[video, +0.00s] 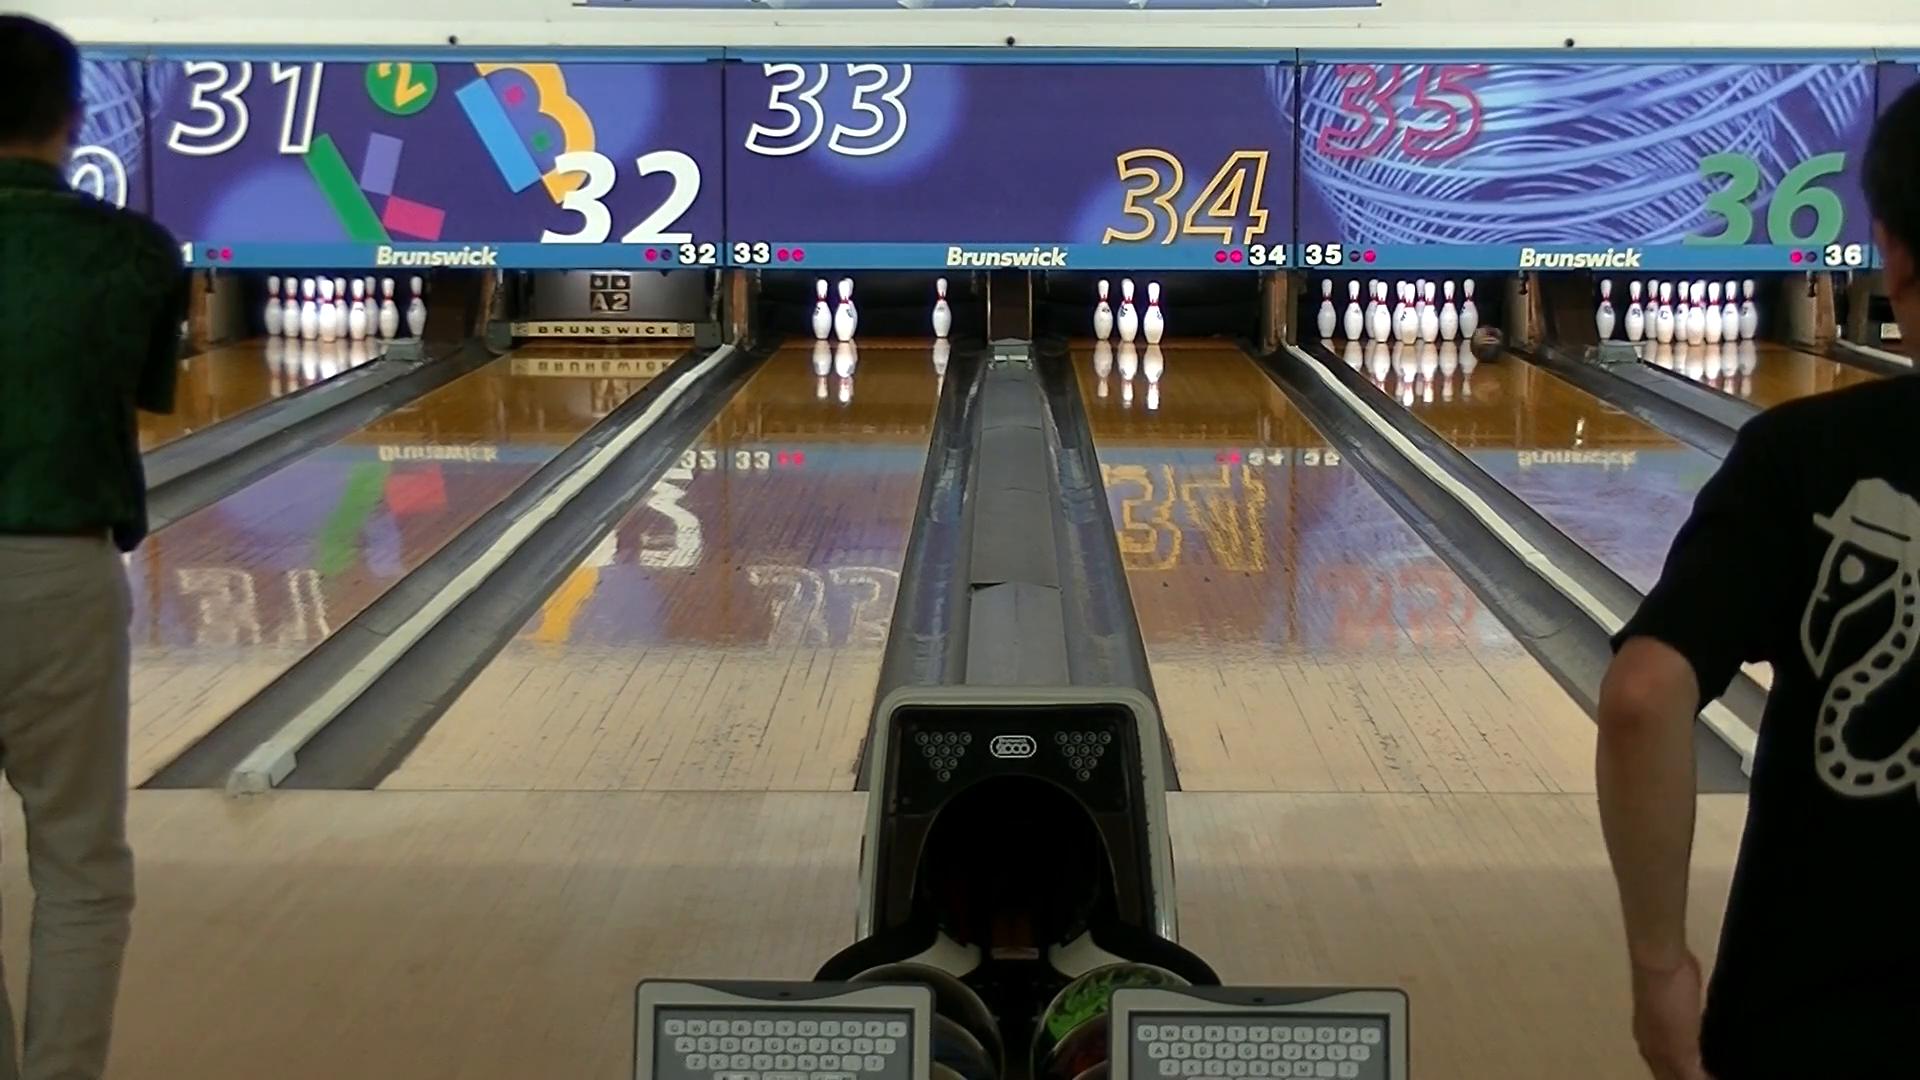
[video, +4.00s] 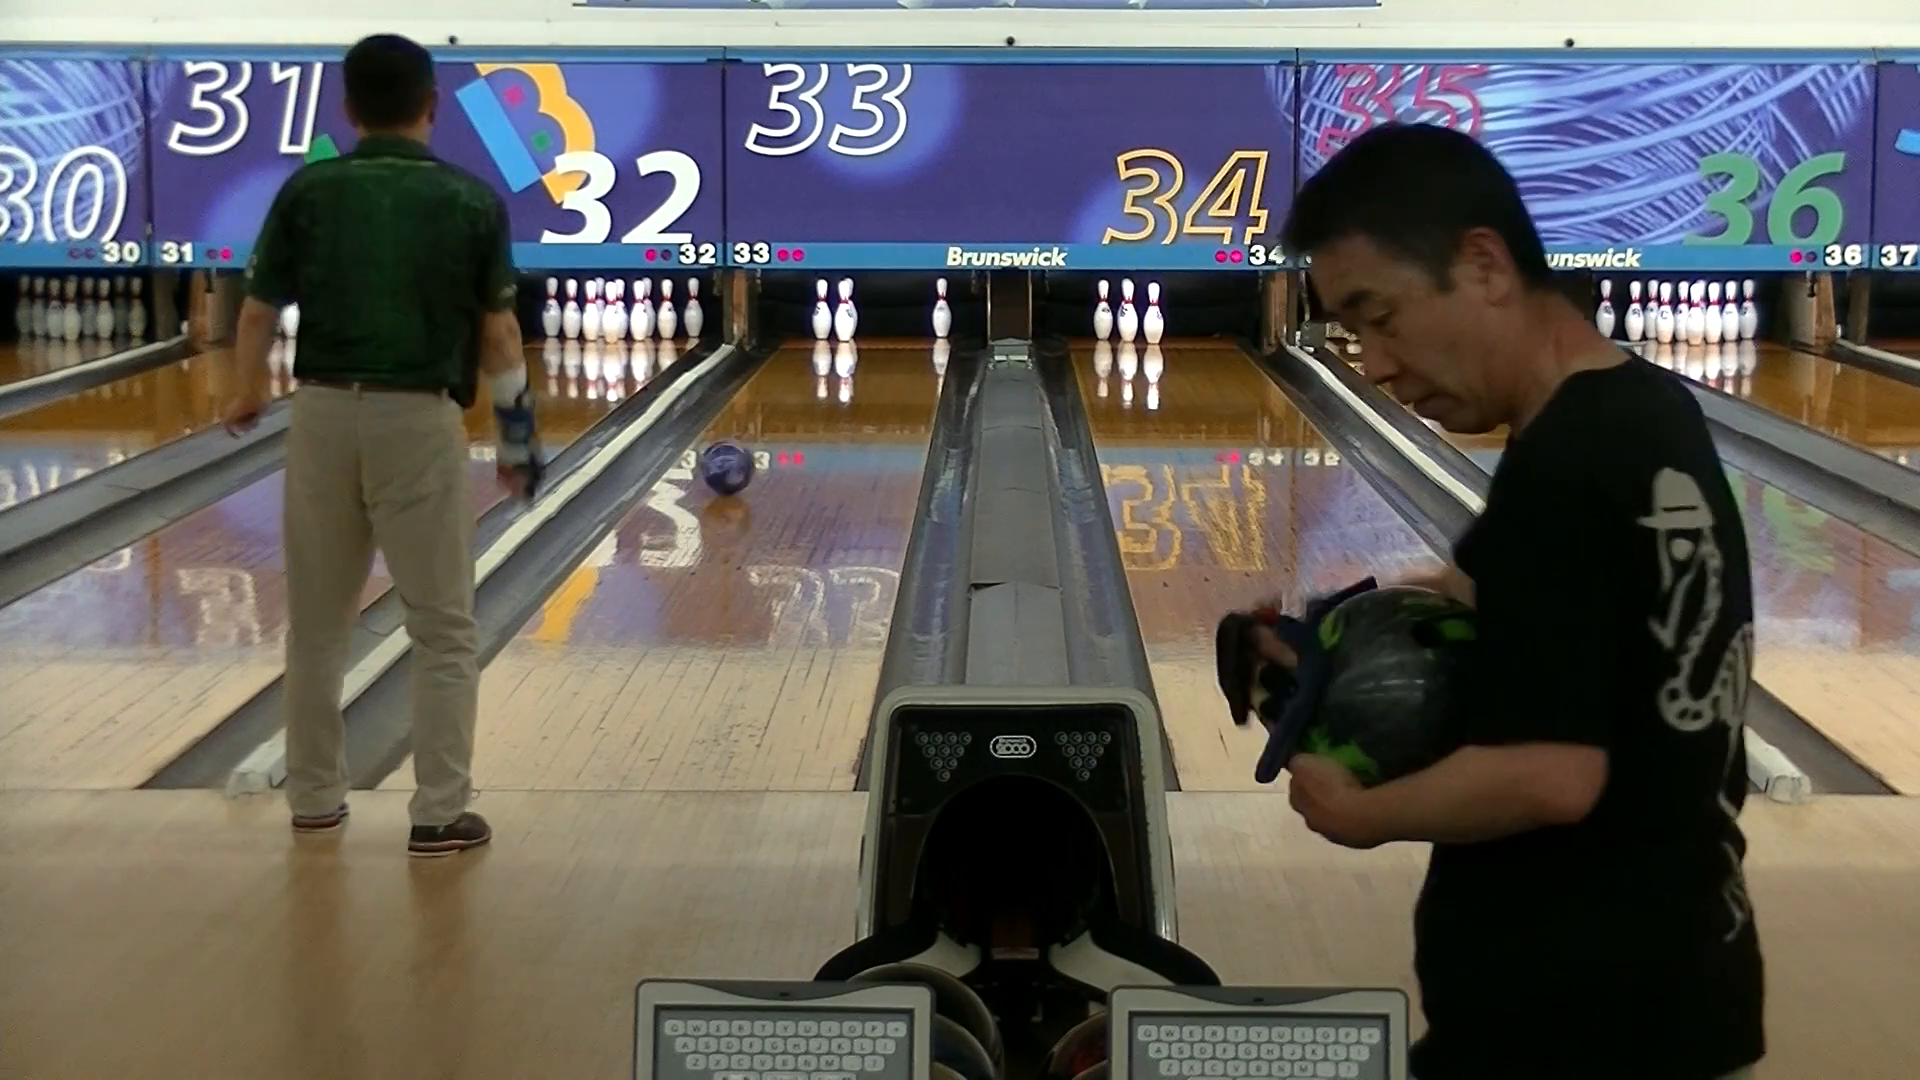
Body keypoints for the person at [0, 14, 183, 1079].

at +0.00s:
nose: (59, 121)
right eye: (64, 103)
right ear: (66, 117)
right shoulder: (124, 247)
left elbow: (154, 390)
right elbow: (155, 390)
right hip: (52, 575)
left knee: (68, 864)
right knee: (79, 870)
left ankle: (38, 1061)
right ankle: (59, 1070)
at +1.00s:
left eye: (19, 133)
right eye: (110, 132)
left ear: (8, 144)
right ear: (118, 143)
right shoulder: (173, 262)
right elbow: (177, 401)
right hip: (98, 570)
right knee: (98, 830)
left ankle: (15, 1049)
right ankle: (67, 1049)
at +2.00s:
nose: (241, 226)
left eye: (236, 213)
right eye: (242, 212)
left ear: (141, 202)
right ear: (230, 210)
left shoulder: (65, 269)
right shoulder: (236, 284)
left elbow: (21, 367)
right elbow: (225, 346)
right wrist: (205, 381)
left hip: (11, 504)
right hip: (117, 504)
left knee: (57, 767)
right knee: (167, 743)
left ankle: (72, 986)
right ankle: (125, 898)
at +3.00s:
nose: (380, 259)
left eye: (292, 244)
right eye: (380, 250)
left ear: (298, 249)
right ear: (375, 258)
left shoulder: (259, 293)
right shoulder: (399, 347)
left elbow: (199, 355)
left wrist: (123, 416)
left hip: (187, 504)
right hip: (283, 527)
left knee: (278, 645)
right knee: (254, 699)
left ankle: (302, 795)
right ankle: (182, 790)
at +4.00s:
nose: (427, 109)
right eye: (428, 98)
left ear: (348, 107)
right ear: (430, 105)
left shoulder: (310, 188)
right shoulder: (472, 200)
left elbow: (256, 311)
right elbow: (499, 332)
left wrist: (246, 397)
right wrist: (516, 432)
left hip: (318, 421)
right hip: (419, 425)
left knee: (316, 625)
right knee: (444, 629)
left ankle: (314, 803)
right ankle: (440, 815)